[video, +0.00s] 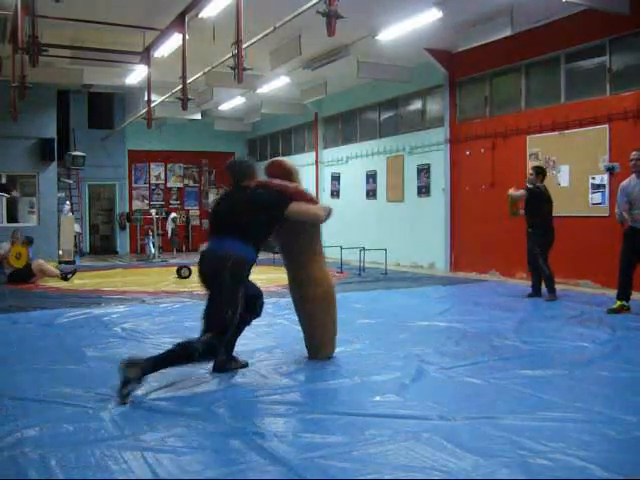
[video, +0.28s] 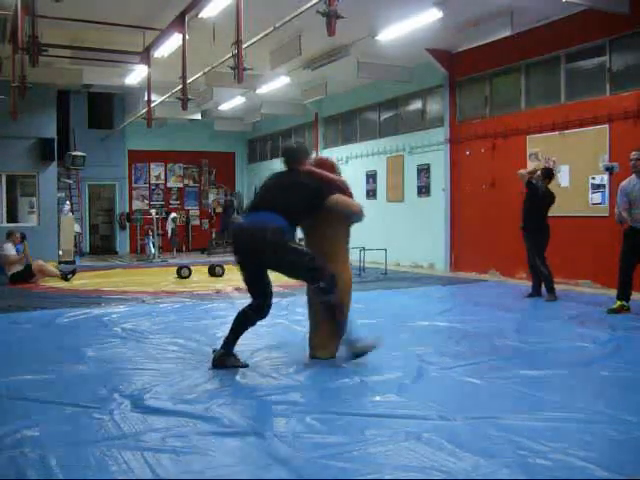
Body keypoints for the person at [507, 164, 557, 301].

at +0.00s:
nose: (529, 177)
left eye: (531, 175)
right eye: (529, 174)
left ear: (538, 177)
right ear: (540, 177)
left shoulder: (533, 190)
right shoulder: (544, 191)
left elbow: (515, 195)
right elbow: (535, 209)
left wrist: (511, 192)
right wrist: (520, 212)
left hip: (536, 231)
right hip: (546, 229)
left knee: (538, 260)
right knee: (536, 261)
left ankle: (551, 291)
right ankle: (536, 290)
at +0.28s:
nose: (536, 176)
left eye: (538, 174)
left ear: (539, 176)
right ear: (551, 180)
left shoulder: (532, 188)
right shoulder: (551, 195)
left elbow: (521, 173)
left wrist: (536, 169)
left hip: (531, 227)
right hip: (543, 226)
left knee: (536, 259)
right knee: (536, 259)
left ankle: (550, 291)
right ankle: (536, 289)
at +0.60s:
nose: (541, 175)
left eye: (543, 174)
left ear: (544, 176)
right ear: (555, 178)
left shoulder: (539, 187)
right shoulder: (555, 187)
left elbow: (527, 178)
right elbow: (556, 176)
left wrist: (540, 167)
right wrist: (562, 165)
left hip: (539, 224)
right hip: (550, 222)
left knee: (540, 257)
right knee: (540, 257)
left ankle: (552, 291)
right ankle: (537, 289)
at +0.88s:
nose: (547, 177)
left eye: (550, 176)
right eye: (549, 175)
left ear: (552, 177)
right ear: (554, 177)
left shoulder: (549, 191)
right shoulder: (547, 189)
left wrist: (542, 226)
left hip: (549, 228)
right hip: (544, 227)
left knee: (548, 258)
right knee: (532, 257)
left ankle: (553, 292)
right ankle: (539, 287)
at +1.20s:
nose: (551, 174)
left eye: (554, 171)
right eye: (549, 171)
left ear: (560, 174)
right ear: (547, 173)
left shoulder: (563, 192)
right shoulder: (545, 183)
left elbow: (562, 204)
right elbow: (543, 166)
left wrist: (564, 186)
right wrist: (560, 157)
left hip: (553, 228)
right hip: (540, 225)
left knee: (552, 261)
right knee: (529, 256)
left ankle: (554, 292)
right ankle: (533, 286)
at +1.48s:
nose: (556, 177)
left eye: (559, 174)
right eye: (554, 174)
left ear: (564, 177)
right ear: (550, 177)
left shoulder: (564, 194)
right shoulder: (542, 191)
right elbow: (531, 182)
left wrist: (569, 215)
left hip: (553, 232)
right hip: (537, 231)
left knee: (552, 264)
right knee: (533, 264)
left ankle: (553, 293)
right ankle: (529, 291)